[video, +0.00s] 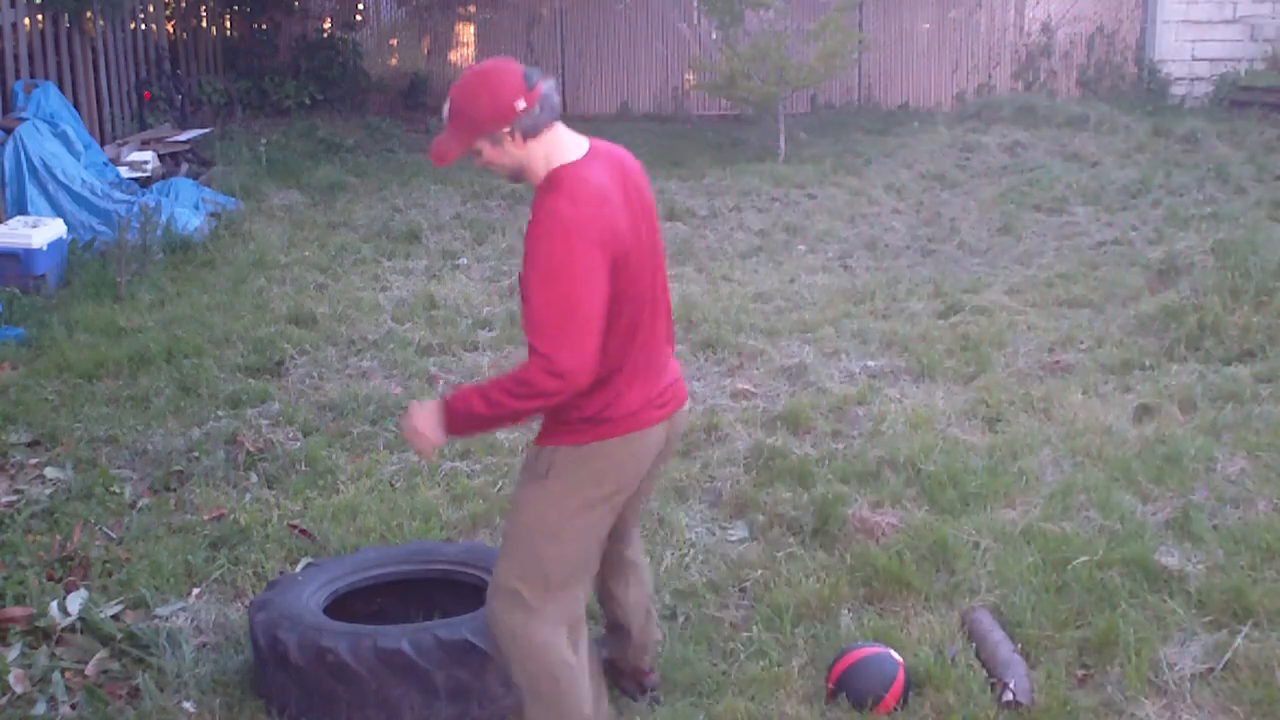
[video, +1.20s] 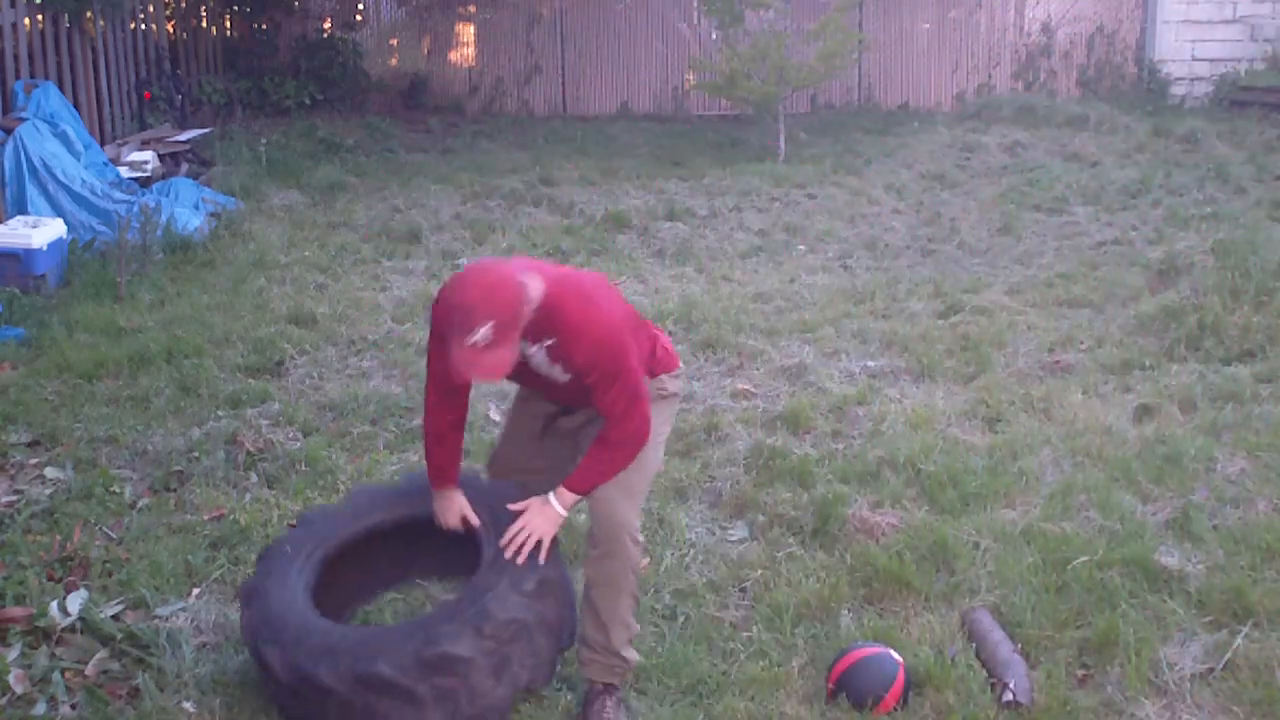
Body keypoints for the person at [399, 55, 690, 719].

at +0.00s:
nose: (480, 162)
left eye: (479, 149)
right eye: (474, 151)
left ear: (510, 135)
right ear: (536, 116)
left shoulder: (565, 211)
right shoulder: (618, 162)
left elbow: (562, 369)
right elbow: (635, 294)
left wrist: (449, 414)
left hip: (599, 432)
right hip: (655, 407)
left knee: (527, 603)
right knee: (615, 545)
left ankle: (571, 709)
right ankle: (635, 667)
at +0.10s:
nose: (470, 169)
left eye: (470, 156)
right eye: (462, 159)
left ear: (505, 134)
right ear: (516, 124)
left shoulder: (562, 205)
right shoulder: (580, 156)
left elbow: (595, 355)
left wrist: (497, 421)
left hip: (613, 403)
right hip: (639, 382)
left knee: (518, 559)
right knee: (593, 518)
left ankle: (599, 704)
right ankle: (628, 661)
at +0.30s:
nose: (440, 176)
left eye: (441, 165)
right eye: (433, 168)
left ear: (473, 140)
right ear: (472, 132)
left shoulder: (562, 195)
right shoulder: (501, 170)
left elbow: (601, 332)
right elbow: (505, 277)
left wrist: (534, 422)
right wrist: (502, 376)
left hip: (618, 378)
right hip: (564, 369)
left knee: (574, 536)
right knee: (550, 487)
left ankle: (596, 688)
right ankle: (625, 593)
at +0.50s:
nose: (423, 265)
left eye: (423, 254)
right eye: (414, 257)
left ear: (445, 223)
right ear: (437, 219)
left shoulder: (541, 257)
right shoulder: (455, 239)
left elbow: (600, 382)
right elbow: (465, 334)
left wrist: (544, 466)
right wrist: (470, 424)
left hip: (623, 373)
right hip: (549, 366)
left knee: (582, 521)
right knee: (518, 468)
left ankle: (598, 686)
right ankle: (527, 597)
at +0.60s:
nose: (416, 321)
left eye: (416, 311)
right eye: (410, 315)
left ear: (437, 283)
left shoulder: (533, 298)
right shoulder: (439, 287)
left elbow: (602, 404)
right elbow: (446, 383)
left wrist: (544, 485)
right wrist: (459, 475)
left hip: (620, 386)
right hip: (540, 385)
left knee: (581, 516)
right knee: (496, 485)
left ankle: (598, 684)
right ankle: (523, 610)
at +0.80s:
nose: (416, 413)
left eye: (414, 404)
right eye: (406, 408)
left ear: (431, 372)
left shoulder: (520, 360)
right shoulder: (419, 361)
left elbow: (607, 429)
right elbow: (436, 448)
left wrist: (534, 492)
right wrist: (452, 537)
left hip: (619, 394)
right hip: (518, 407)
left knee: (584, 511)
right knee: (461, 505)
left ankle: (598, 682)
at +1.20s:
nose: (483, 367)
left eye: (493, 352)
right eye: (475, 353)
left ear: (523, 322)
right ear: (454, 313)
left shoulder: (591, 323)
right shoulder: (457, 308)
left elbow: (631, 427)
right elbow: (446, 393)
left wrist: (560, 501)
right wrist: (443, 485)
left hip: (635, 390)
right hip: (549, 387)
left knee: (612, 519)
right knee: (499, 503)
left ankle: (605, 680)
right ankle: (489, 645)